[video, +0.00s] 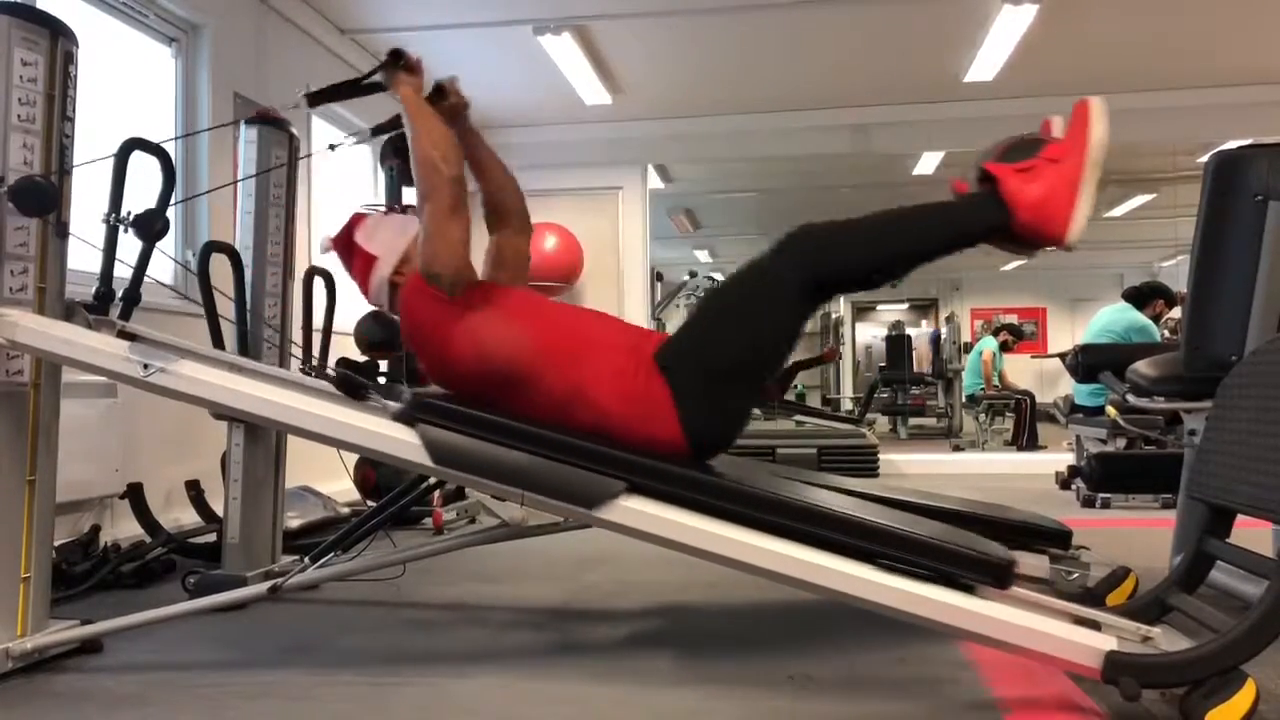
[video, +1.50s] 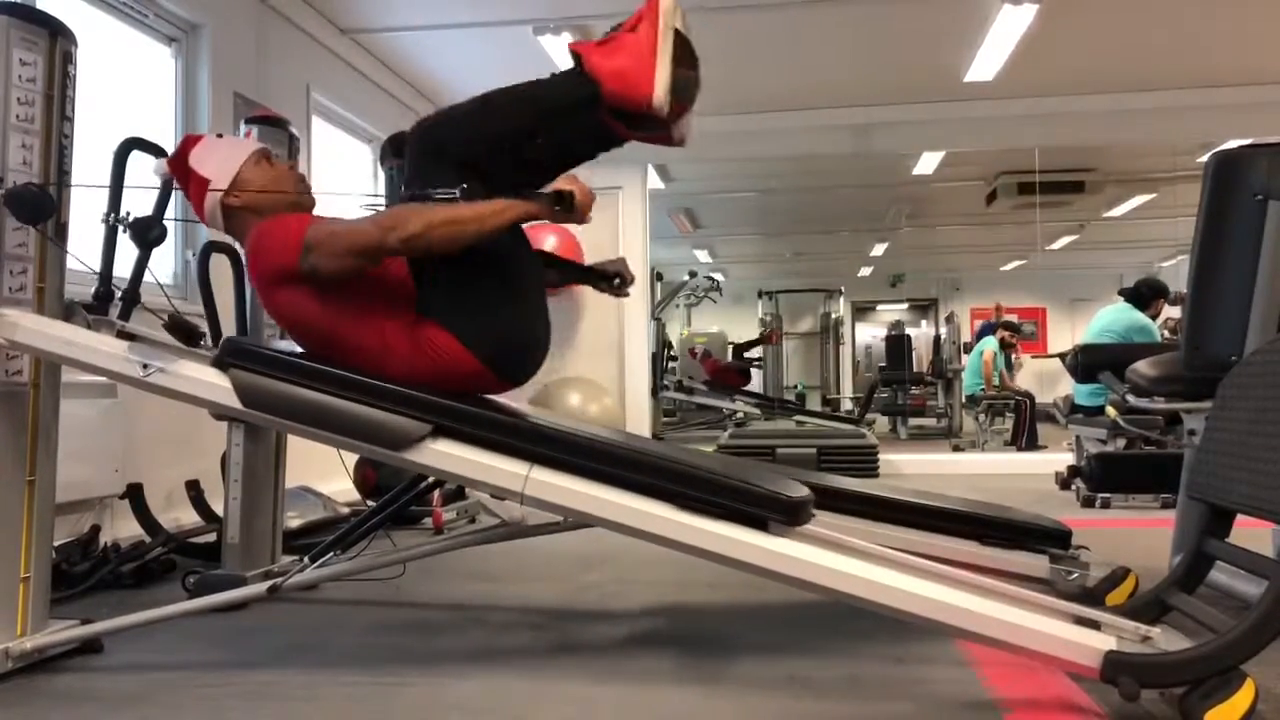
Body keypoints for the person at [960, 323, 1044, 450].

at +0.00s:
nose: (1013, 347)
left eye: (1016, 344)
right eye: (1013, 342)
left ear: (1003, 336)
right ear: (1004, 334)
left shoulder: (997, 352)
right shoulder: (990, 341)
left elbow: (1004, 382)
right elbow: (986, 360)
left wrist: (1020, 391)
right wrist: (989, 389)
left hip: (985, 392)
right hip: (976, 393)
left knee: (1027, 397)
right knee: (1025, 399)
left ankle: (1022, 442)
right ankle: (1026, 445)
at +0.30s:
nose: (1013, 347)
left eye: (1015, 344)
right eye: (1013, 342)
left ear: (1003, 335)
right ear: (1003, 334)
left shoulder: (997, 351)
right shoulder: (990, 342)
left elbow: (1003, 381)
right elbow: (985, 360)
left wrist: (1021, 391)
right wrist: (989, 389)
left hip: (985, 392)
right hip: (976, 393)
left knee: (1027, 398)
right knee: (1024, 400)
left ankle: (1024, 442)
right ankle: (1025, 444)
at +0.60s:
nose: (1013, 347)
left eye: (1016, 344)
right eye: (1013, 342)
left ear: (1003, 335)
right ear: (1003, 334)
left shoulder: (997, 352)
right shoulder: (990, 342)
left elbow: (1004, 382)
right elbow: (986, 361)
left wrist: (1020, 391)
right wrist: (989, 390)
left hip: (985, 392)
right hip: (976, 393)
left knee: (1027, 397)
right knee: (1025, 399)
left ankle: (1026, 443)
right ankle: (1025, 444)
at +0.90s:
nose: (1013, 343)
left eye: (1015, 340)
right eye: (1012, 338)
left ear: (1002, 334)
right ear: (1002, 332)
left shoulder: (997, 351)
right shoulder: (990, 341)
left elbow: (1003, 381)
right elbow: (986, 360)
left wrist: (1021, 390)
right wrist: (989, 389)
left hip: (984, 392)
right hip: (977, 392)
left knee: (1027, 398)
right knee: (1025, 400)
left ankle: (1020, 441)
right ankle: (1025, 443)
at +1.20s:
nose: (1014, 342)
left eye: (1016, 339)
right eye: (1011, 337)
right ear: (1000, 333)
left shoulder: (999, 353)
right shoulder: (991, 342)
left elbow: (1004, 382)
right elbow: (986, 361)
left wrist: (1020, 390)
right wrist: (989, 390)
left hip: (987, 392)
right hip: (977, 393)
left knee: (1027, 399)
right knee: (1024, 401)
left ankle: (1028, 443)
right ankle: (1022, 444)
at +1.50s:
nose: (1014, 341)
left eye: (1016, 338)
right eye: (1011, 336)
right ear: (1001, 332)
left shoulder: (999, 352)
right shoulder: (991, 341)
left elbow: (1005, 383)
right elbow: (986, 360)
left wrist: (1020, 390)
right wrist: (989, 390)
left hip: (985, 391)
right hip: (976, 392)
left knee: (1027, 398)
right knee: (1025, 400)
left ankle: (1028, 443)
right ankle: (1022, 444)